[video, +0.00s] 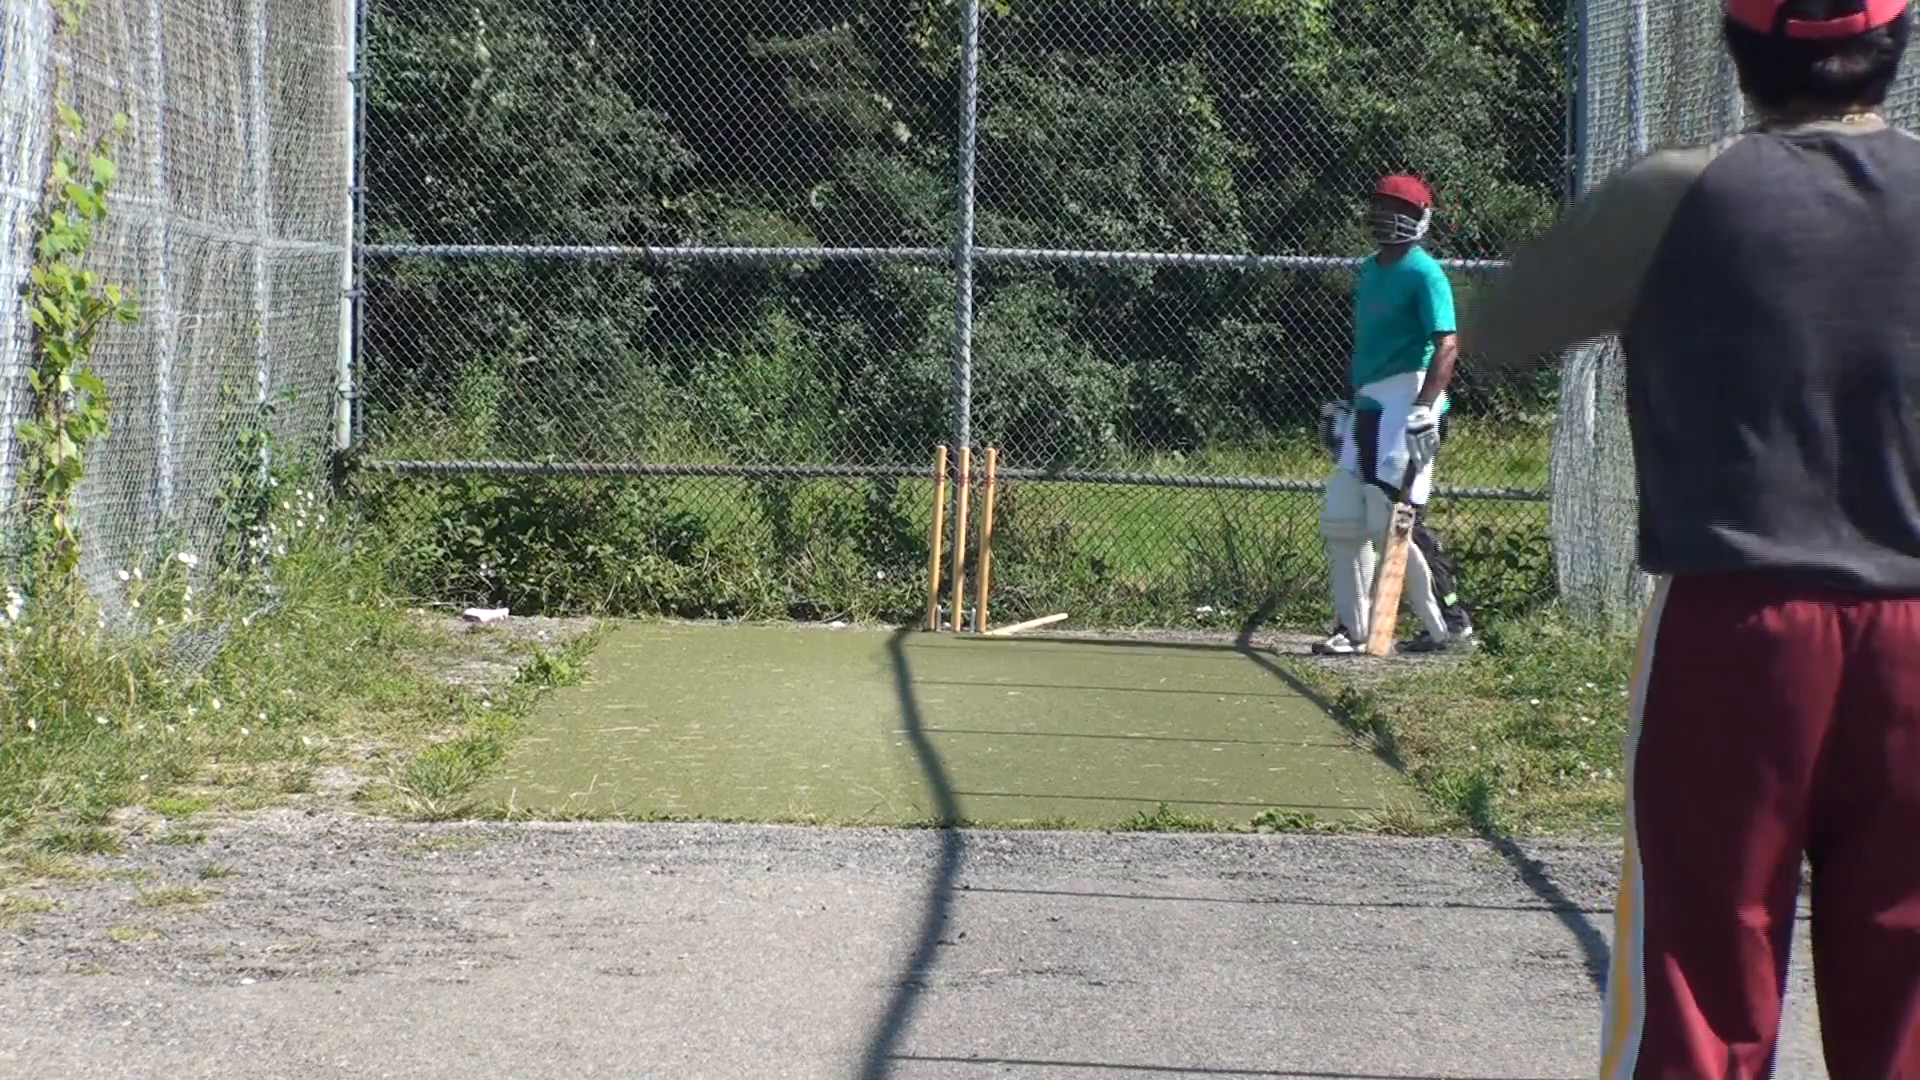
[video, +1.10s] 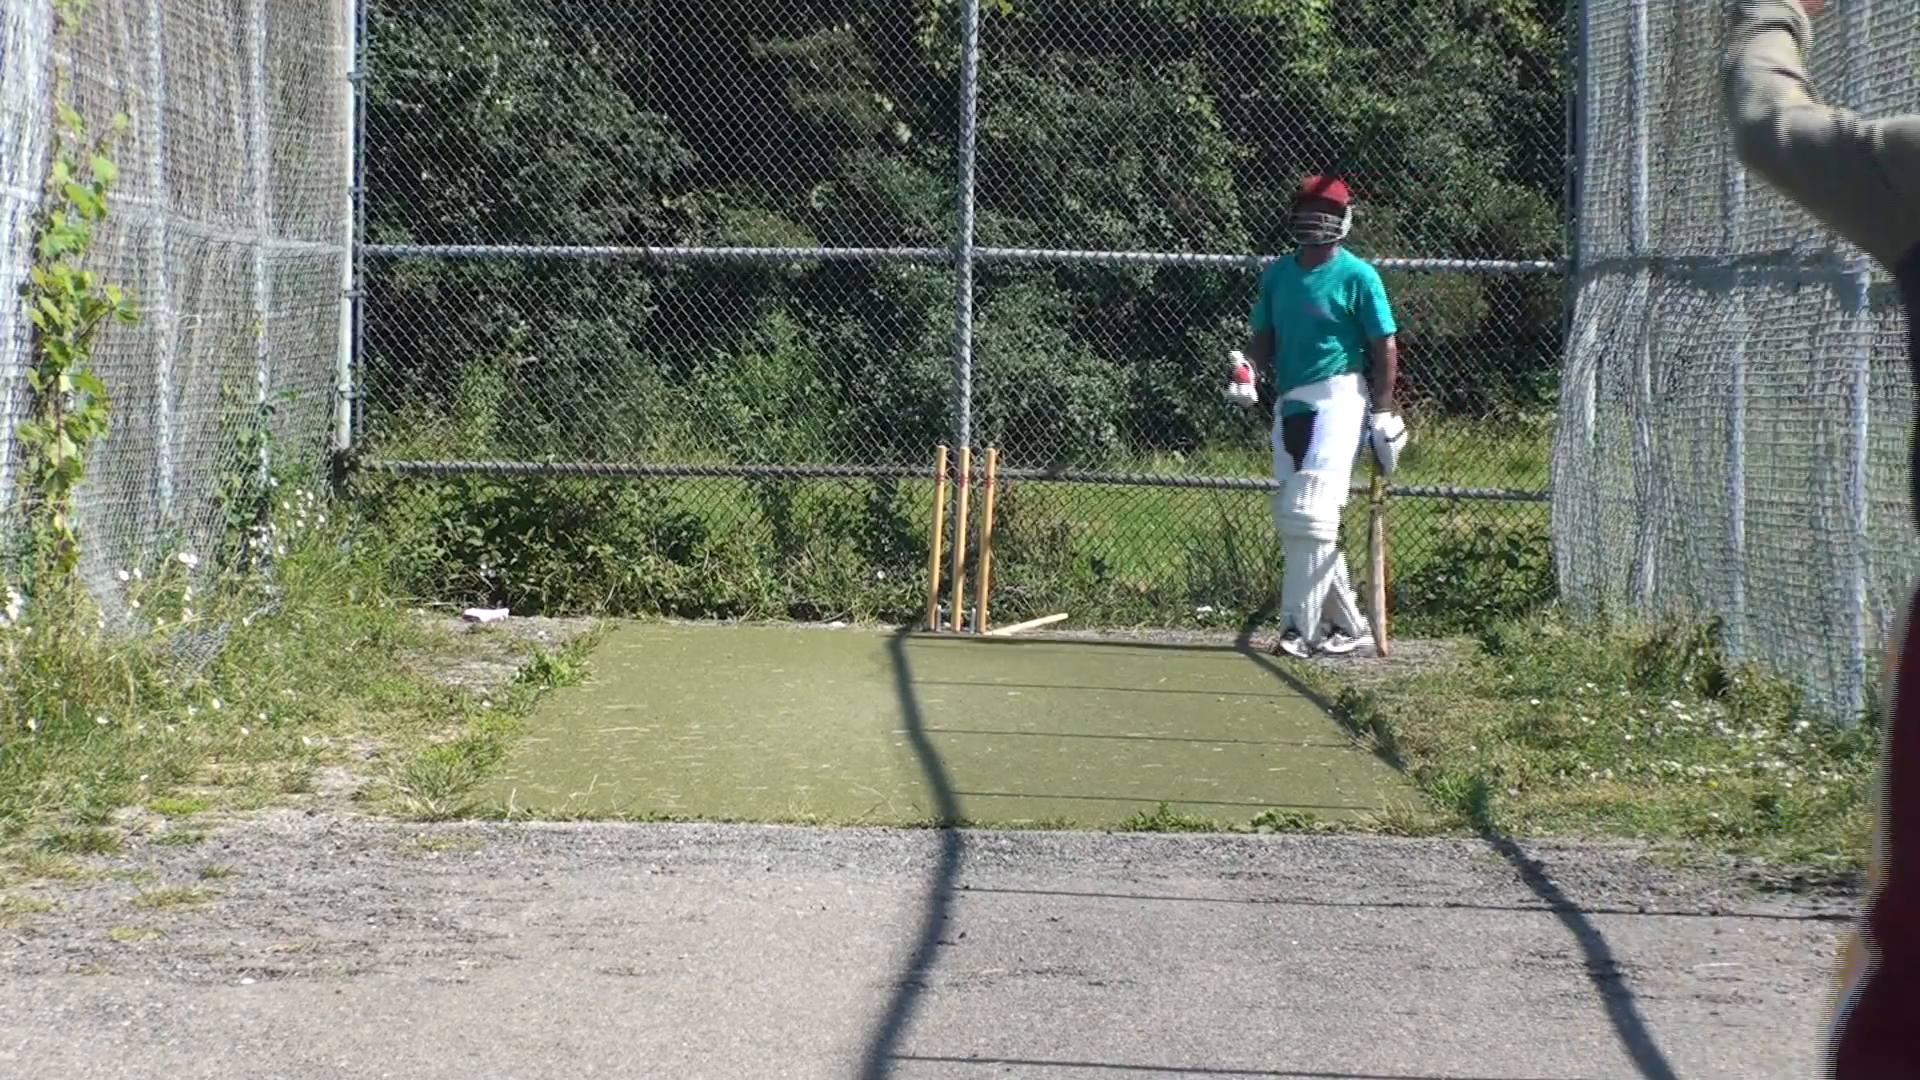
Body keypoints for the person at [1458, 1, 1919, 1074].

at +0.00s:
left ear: (1742, 52)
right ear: (1893, 51)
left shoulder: (1680, 196)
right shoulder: (1919, 183)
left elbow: (1495, 330)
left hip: (1736, 647)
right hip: (1913, 651)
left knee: (1706, 992)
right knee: (1902, 996)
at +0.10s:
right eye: (1867, 36)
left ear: (1731, 63)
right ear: (1878, 60)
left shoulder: (1674, 199)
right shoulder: (1915, 184)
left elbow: (1490, 230)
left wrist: (1546, 80)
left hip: (1734, 655)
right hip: (1910, 661)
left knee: (1701, 1004)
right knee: (1899, 1012)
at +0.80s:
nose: (1894, 71)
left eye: (1900, 57)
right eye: (1903, 60)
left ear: (1907, 73)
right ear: (1910, 81)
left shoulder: (1853, 215)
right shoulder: (1862, 215)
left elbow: (1634, 137)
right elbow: (1639, 141)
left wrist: (1608, 14)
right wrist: (1615, 26)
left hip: (1865, 648)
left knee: (1790, 986)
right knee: (1797, 986)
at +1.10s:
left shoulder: (1910, 175)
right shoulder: (1905, 176)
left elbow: (1770, 120)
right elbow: (1774, 121)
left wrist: (1780, 19)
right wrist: (1782, 26)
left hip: (1919, 622)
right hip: (1912, 620)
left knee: (1908, 908)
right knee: (1904, 908)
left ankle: (1867, 1056)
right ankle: (1865, 1053)